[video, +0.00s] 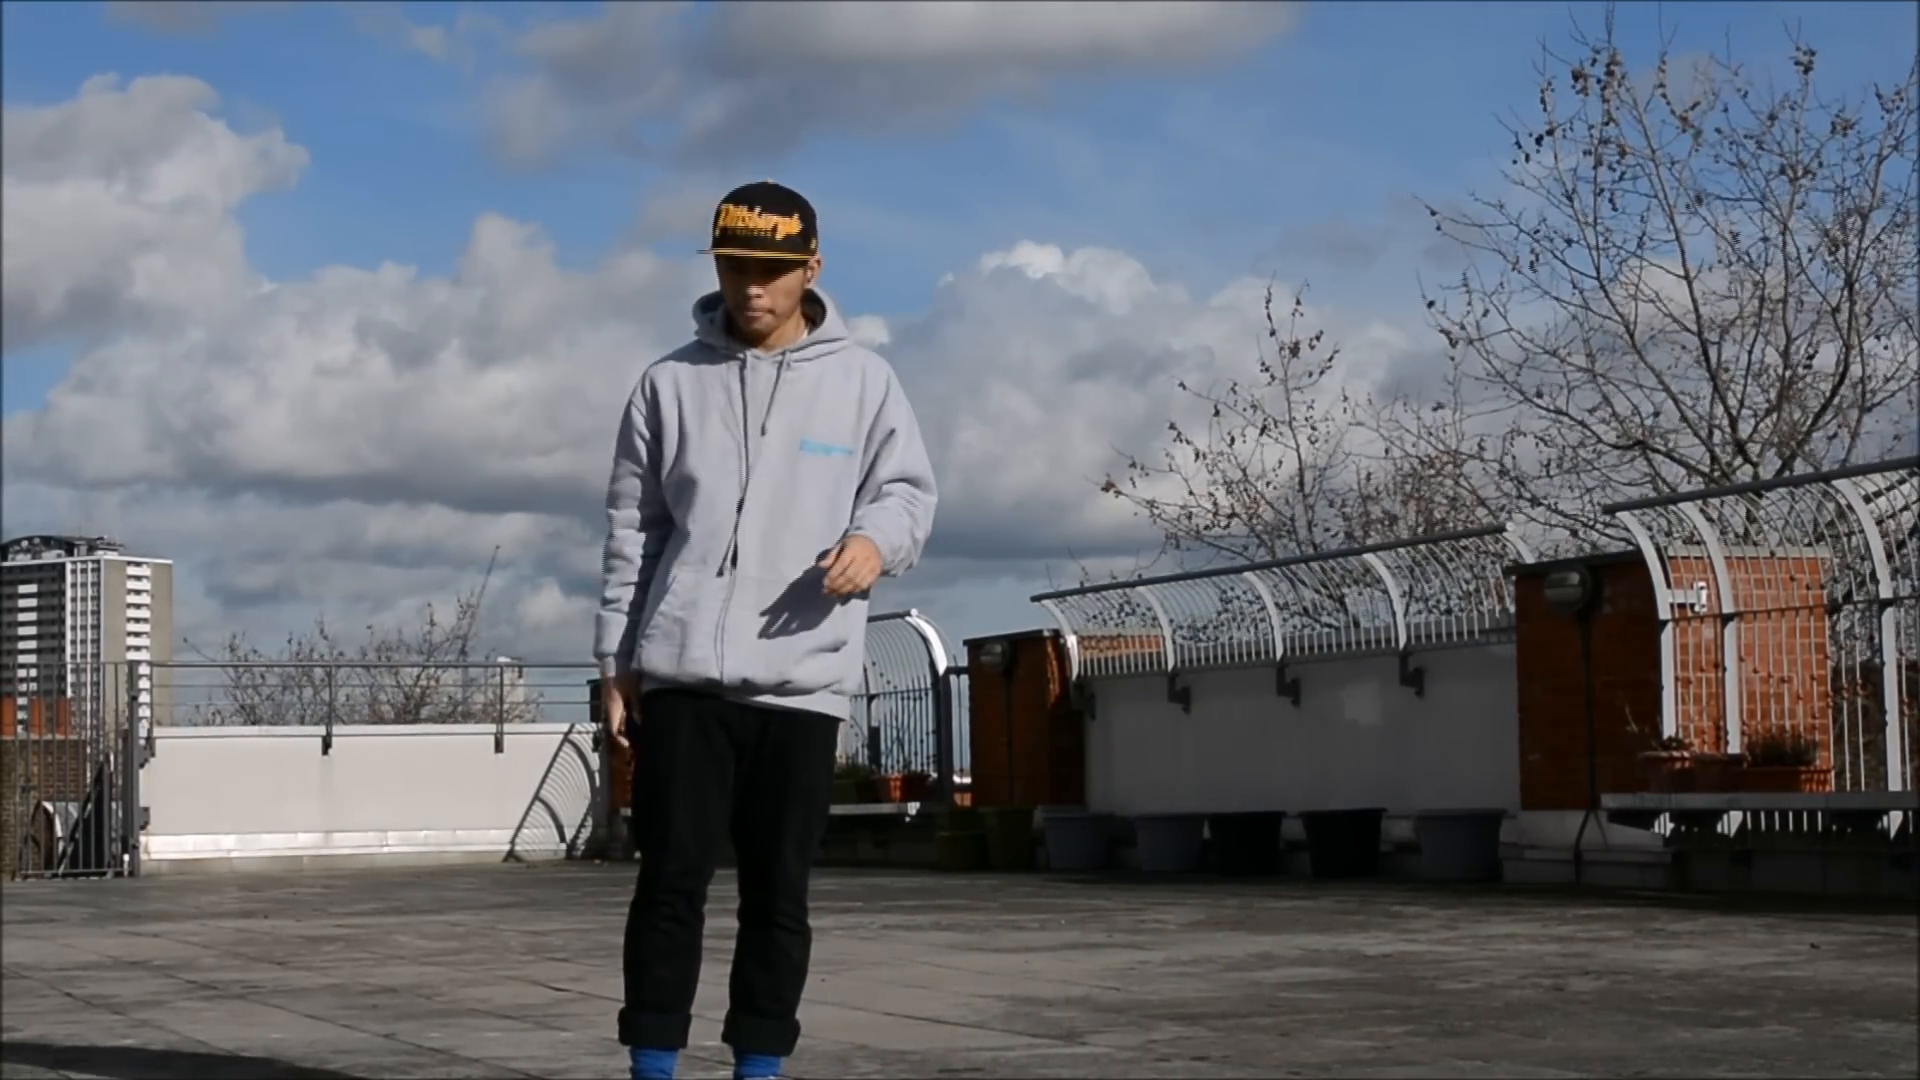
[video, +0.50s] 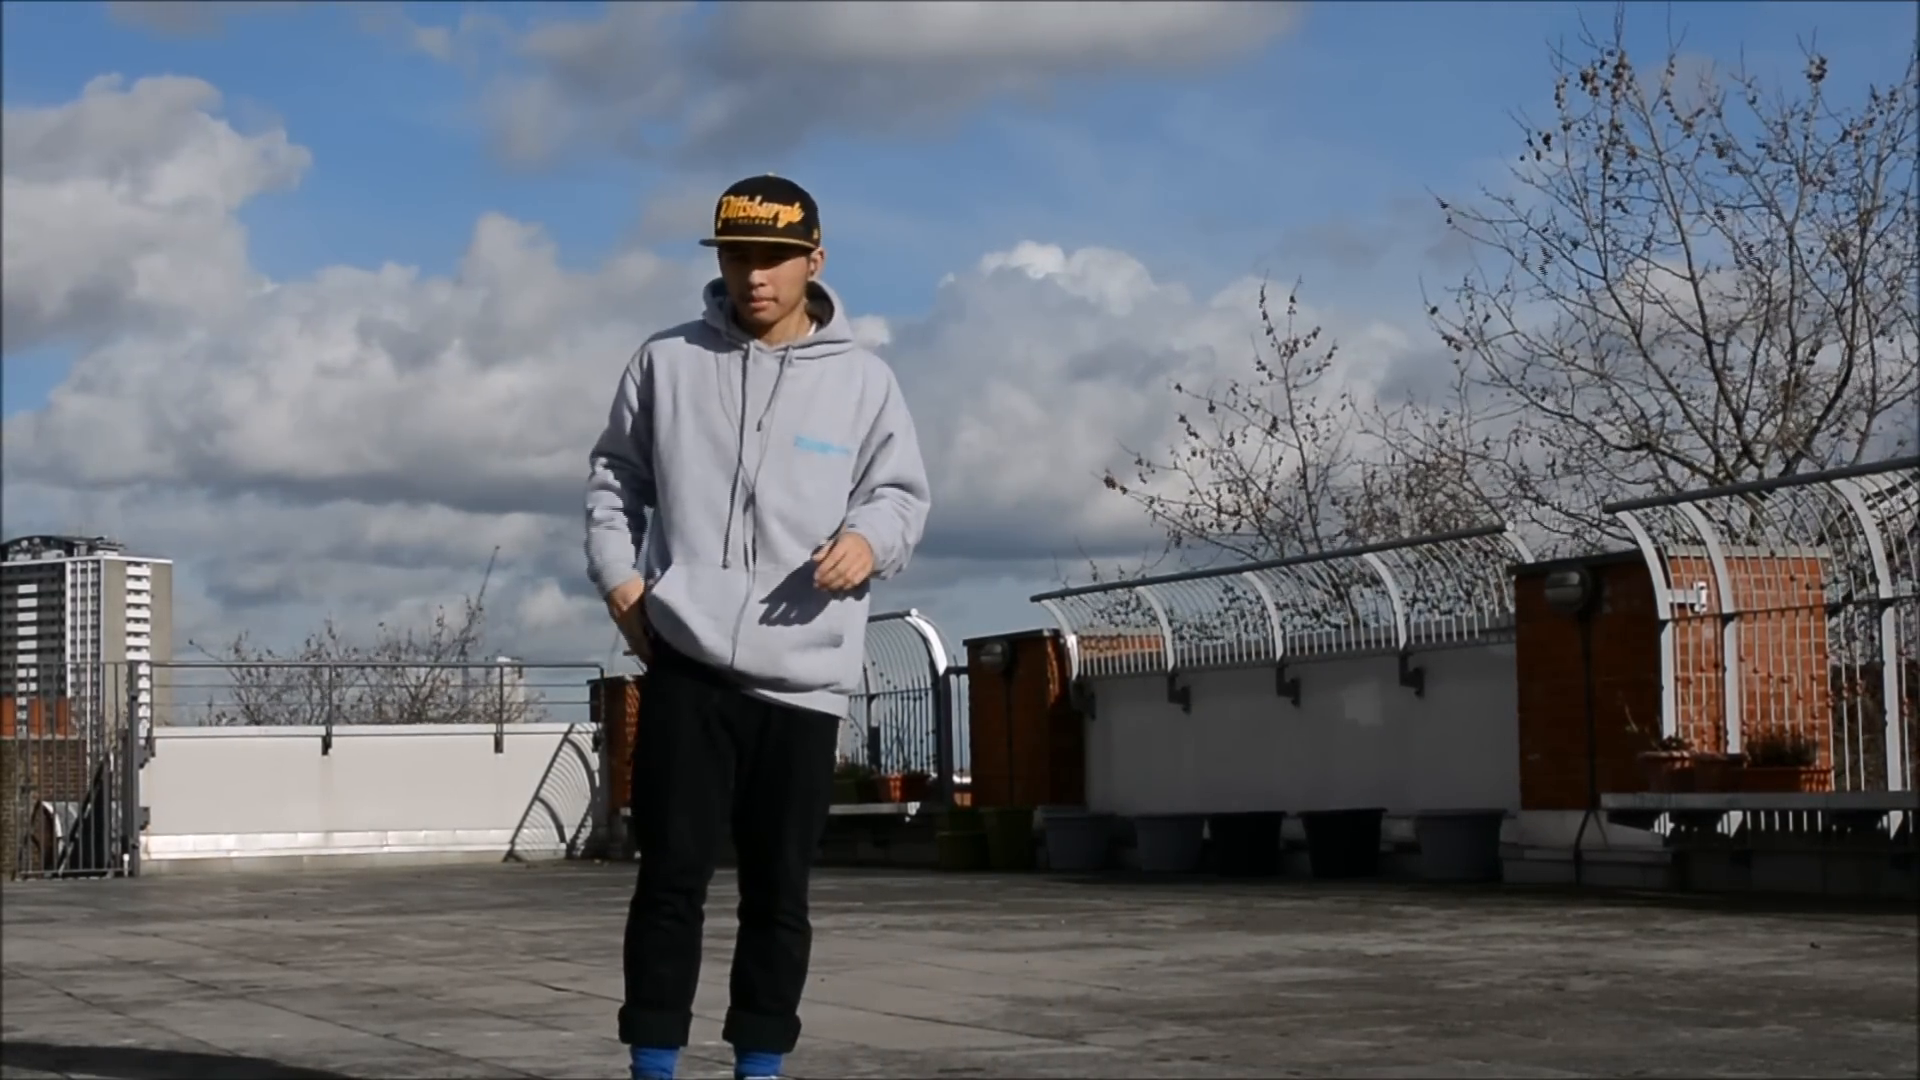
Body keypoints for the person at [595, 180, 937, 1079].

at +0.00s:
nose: (752, 288)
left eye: (771, 271)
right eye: (737, 270)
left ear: (809, 270)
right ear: (717, 270)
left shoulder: (864, 380)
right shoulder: (665, 384)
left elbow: (908, 490)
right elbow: (630, 533)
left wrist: (875, 541)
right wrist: (614, 660)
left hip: (802, 679)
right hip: (680, 673)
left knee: (779, 888)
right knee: (670, 879)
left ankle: (761, 1064)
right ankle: (652, 1063)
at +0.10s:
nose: (751, 281)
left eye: (770, 263)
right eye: (735, 263)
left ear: (806, 266)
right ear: (715, 267)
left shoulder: (864, 377)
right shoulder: (664, 381)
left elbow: (909, 488)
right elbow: (623, 525)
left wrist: (875, 537)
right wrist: (607, 649)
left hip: (804, 677)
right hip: (681, 671)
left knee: (781, 886)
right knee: (671, 878)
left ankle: (761, 1064)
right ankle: (652, 1063)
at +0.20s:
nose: (753, 278)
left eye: (772, 259)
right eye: (736, 260)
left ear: (807, 262)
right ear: (716, 263)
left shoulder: (863, 375)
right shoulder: (661, 374)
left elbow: (908, 487)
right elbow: (616, 504)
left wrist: (873, 533)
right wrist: (607, 613)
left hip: (804, 677)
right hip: (683, 669)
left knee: (781, 885)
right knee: (671, 877)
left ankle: (762, 1063)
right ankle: (653, 1063)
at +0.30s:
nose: (752, 277)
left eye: (772, 258)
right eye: (736, 259)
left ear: (807, 261)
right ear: (716, 262)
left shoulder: (863, 374)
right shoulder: (661, 369)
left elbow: (906, 487)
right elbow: (613, 490)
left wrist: (871, 532)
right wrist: (608, 592)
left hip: (805, 671)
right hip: (686, 663)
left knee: (781, 881)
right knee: (672, 873)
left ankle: (761, 1062)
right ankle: (654, 1061)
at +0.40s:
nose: (754, 276)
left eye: (774, 257)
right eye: (737, 258)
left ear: (810, 261)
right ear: (718, 261)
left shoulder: (863, 375)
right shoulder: (662, 363)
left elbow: (905, 490)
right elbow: (610, 478)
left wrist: (870, 536)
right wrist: (621, 579)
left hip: (805, 668)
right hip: (686, 658)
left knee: (780, 880)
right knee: (672, 872)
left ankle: (761, 1062)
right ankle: (653, 1062)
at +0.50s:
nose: (754, 277)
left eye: (774, 259)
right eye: (739, 259)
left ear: (812, 262)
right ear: (720, 261)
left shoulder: (864, 377)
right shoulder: (663, 363)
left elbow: (901, 492)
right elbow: (614, 480)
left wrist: (867, 540)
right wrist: (623, 581)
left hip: (804, 666)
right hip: (684, 655)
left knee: (780, 881)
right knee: (672, 872)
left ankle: (761, 1063)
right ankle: (653, 1062)